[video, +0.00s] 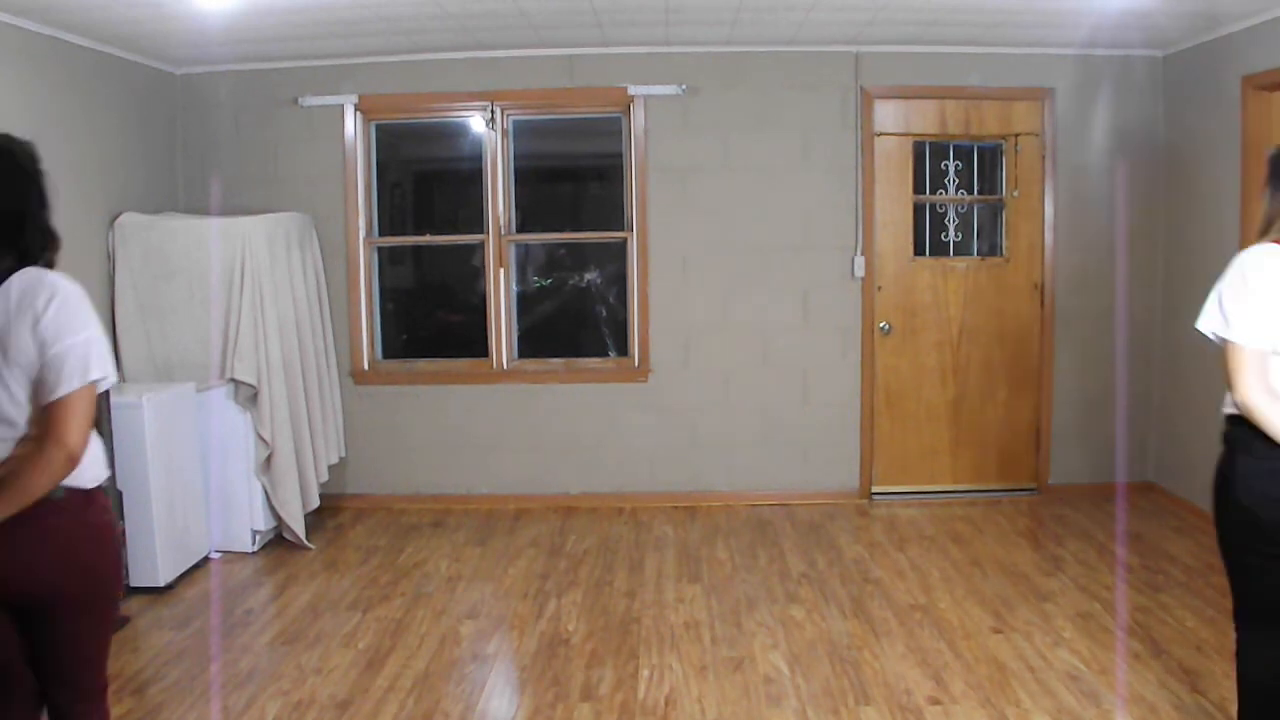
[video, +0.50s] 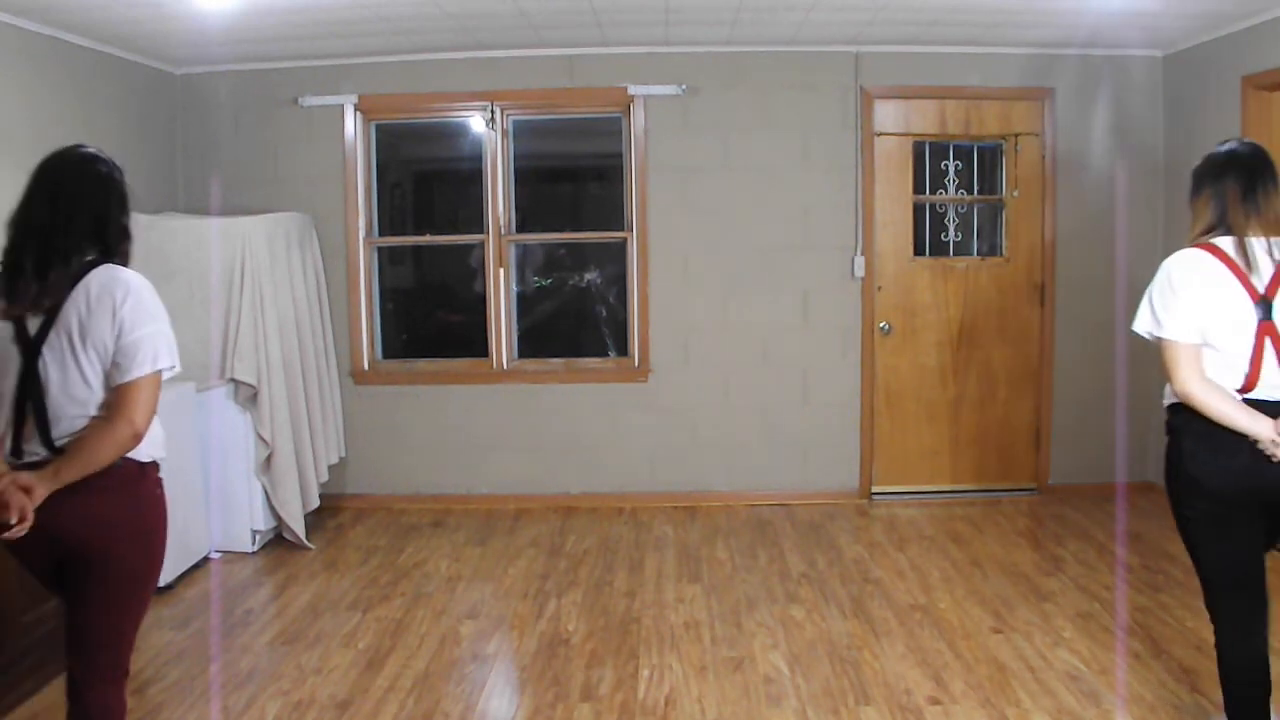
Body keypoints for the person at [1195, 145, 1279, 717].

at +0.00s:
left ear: (1269, 189)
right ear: (1276, 190)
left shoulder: (1256, 266)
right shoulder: (1256, 267)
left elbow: (1250, 389)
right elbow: (1251, 389)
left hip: (1255, 456)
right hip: (1258, 459)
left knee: (1261, 630)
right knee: (1262, 630)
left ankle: (1258, 706)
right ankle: (1257, 707)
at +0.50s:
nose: (1196, 206)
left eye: (1198, 196)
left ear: (1206, 196)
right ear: (1271, 195)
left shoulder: (1187, 268)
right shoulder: (1277, 260)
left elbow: (1186, 379)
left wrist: (1266, 430)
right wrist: (1269, 429)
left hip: (1214, 444)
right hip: (1270, 435)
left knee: (1238, 609)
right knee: (1241, 602)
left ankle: (1248, 712)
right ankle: (1252, 706)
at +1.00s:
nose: (1138, 216)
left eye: (1141, 206)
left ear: (1144, 209)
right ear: (1202, 209)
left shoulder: (1120, 268)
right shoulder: (1233, 274)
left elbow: (1107, 362)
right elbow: (1258, 364)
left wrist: (1169, 409)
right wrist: (1200, 408)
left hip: (1132, 423)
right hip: (1204, 423)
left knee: (1141, 553)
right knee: (1147, 539)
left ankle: (1201, 675)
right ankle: (1116, 639)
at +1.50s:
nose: (1092, 204)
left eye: (1091, 195)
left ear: (1090, 198)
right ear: (1143, 197)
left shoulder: (1072, 255)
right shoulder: (1176, 256)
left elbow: (1065, 340)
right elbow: (1199, 337)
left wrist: (1118, 384)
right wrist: (1145, 382)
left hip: (1084, 397)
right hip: (1154, 398)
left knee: (1054, 484)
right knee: (1129, 517)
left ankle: (1073, 585)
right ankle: (1117, 637)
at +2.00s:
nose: (1006, 228)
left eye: (1008, 220)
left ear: (1012, 222)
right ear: (1059, 219)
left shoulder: (999, 271)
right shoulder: (1094, 270)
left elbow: (997, 344)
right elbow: (1116, 341)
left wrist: (1045, 387)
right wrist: (1067, 384)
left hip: (1013, 398)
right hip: (1078, 400)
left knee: (988, 486)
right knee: (1081, 513)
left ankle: (957, 560)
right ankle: (1108, 622)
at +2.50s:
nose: (920, 210)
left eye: (922, 204)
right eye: (921, 204)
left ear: (930, 205)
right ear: (967, 202)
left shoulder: (927, 249)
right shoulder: (995, 248)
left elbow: (941, 322)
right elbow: (1012, 311)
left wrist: (980, 357)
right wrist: (990, 351)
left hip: (936, 366)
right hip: (980, 368)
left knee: (938, 458)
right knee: (943, 443)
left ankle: (949, 560)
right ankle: (969, 520)